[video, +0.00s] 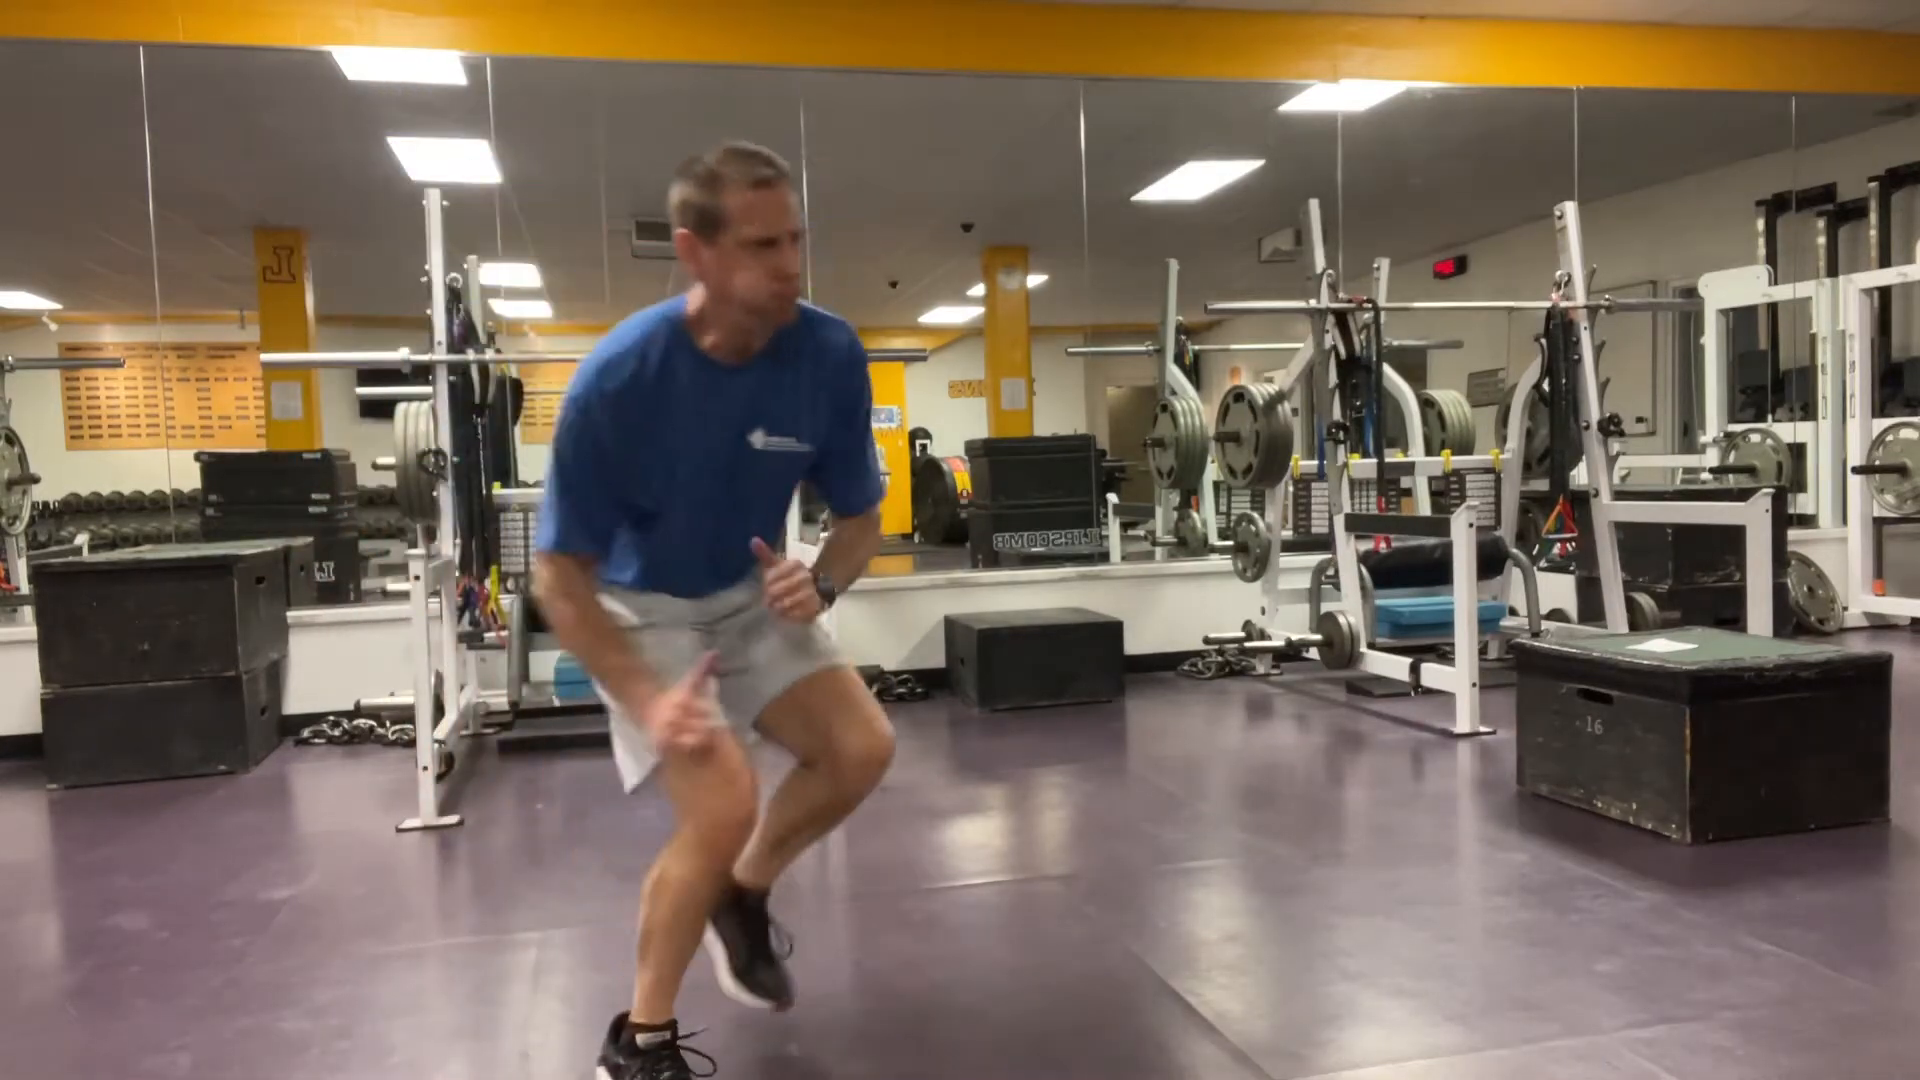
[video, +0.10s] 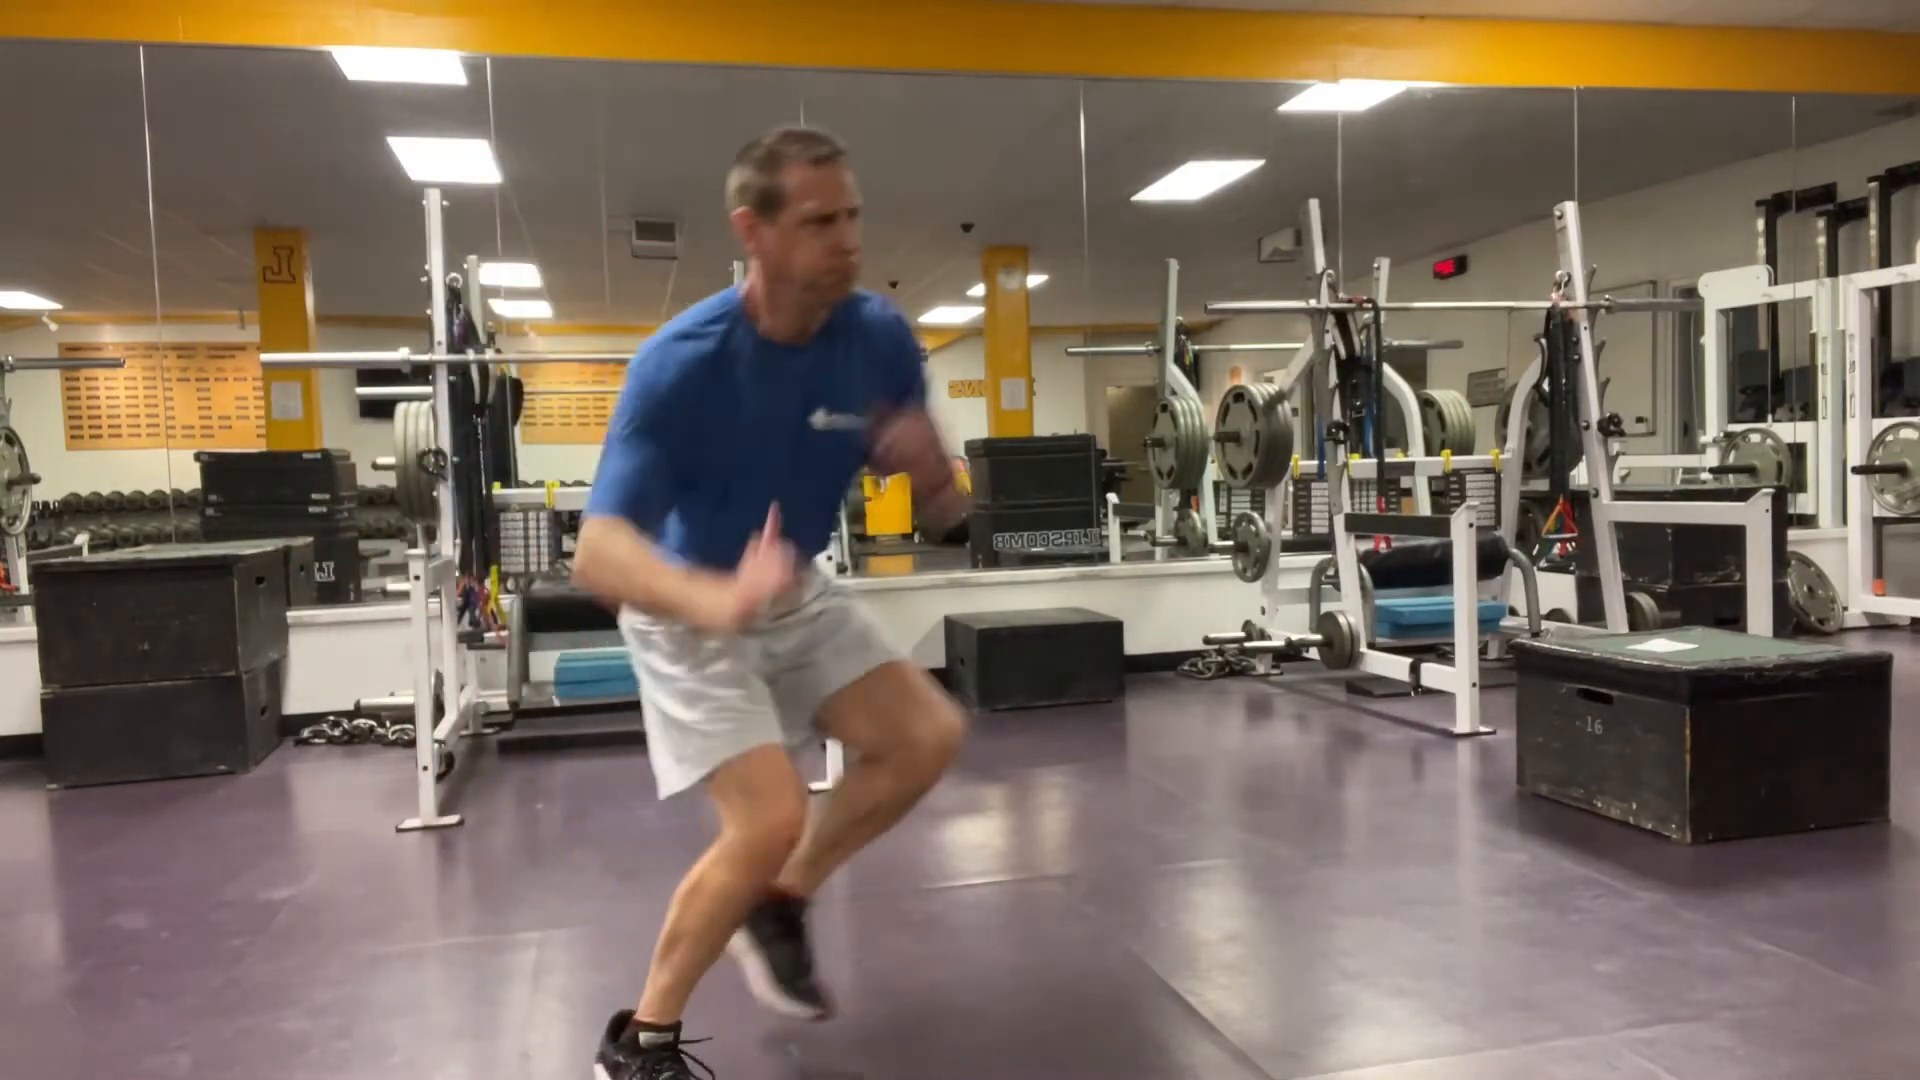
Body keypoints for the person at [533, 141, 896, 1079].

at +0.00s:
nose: (790, 267)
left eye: (795, 242)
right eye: (762, 246)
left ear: (804, 242)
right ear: (695, 256)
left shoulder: (829, 356)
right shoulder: (615, 383)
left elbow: (858, 509)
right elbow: (560, 574)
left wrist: (820, 579)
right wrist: (642, 694)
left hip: (753, 595)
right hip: (636, 611)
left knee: (861, 750)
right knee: (721, 813)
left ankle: (742, 890)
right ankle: (644, 1034)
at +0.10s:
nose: (847, 241)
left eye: (852, 218)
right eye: (820, 224)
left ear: (859, 219)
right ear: (751, 232)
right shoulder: (680, 365)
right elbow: (597, 550)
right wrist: (713, 599)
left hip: (798, 593)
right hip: (685, 611)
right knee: (770, 824)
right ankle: (645, 1037)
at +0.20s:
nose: (912, 194)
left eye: (917, 174)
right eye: (888, 177)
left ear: (923, 179)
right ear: (820, 188)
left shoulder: (953, 285)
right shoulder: (767, 287)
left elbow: (1092, 306)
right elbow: (663, 350)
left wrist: (1124, 237)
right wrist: (714, 343)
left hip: (858, 563)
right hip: (749, 572)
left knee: (1036, 663)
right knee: (804, 822)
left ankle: (907, 820)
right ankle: (652, 1031)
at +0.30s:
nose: (1005, 134)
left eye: (1010, 113)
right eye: (984, 115)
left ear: (1012, 118)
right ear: (920, 119)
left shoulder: (1022, 190)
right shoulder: (858, 187)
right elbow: (732, 154)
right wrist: (757, 168)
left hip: (959, 501)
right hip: (855, 508)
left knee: (1136, 572)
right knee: (834, 778)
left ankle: (1015, 719)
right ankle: (670, 1009)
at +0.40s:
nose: (1110, 104)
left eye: (1117, 85)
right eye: (1092, 83)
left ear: (1114, 91)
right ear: (1030, 81)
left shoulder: (1111, 175)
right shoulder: (961, 162)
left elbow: (1209, 191)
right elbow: (807, 157)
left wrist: (1307, 218)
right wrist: (886, 226)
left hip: (1049, 453)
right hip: (953, 463)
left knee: (1212, 531)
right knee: (978, 706)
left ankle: (1117, 667)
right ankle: (809, 907)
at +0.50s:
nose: (1217, 134)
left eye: (1224, 117)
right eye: (1202, 113)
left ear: (1218, 122)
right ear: (1142, 106)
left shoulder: (1196, 229)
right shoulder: (1055, 196)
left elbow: (1242, 330)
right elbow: (922, 263)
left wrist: (1306, 395)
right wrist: (1033, 355)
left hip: (1117, 459)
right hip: (1023, 466)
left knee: (1263, 569)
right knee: (1127, 667)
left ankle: (1229, 702)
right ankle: (1045, 846)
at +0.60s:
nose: (1306, 217)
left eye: (1311, 200)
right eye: (1292, 197)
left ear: (1299, 204)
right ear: (1232, 189)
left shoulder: (1266, 313)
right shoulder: (1148, 278)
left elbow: (1257, 429)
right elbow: (1088, 407)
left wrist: (1320, 477)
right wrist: (1233, 429)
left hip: (1180, 506)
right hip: (1090, 513)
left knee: (1305, 656)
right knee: (1234, 693)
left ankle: (1328, 786)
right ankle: (1243, 889)